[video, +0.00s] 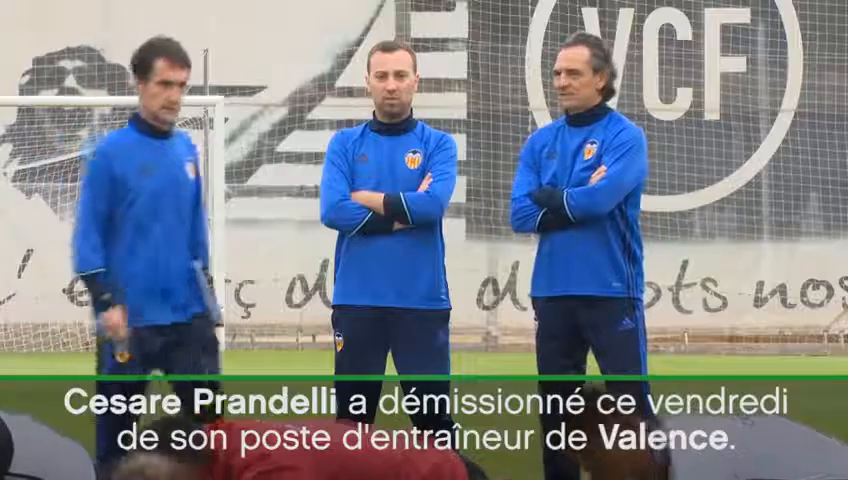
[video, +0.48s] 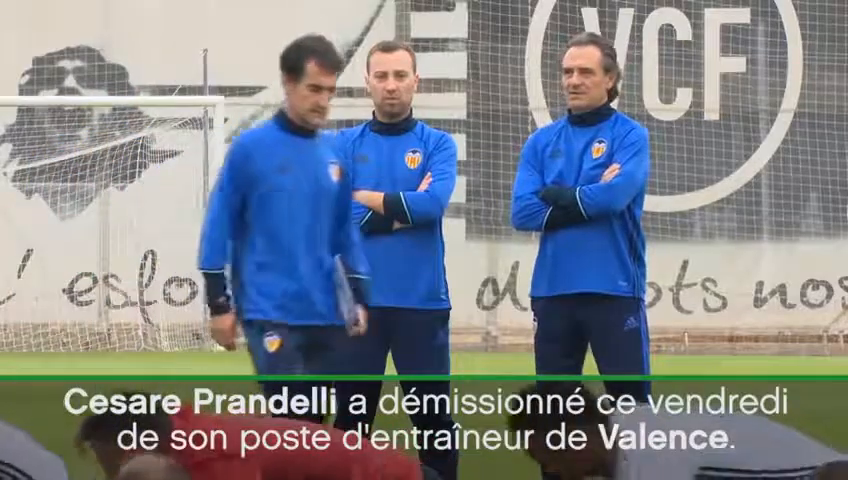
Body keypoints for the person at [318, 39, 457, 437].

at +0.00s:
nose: (391, 86)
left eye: (401, 76)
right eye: (381, 77)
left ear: (416, 82)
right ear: (368, 84)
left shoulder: (438, 143)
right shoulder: (344, 142)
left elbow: (434, 208)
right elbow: (333, 212)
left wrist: (365, 197)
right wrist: (406, 210)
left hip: (423, 303)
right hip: (357, 303)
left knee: (433, 422)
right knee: (352, 422)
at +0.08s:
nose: (391, 86)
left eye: (400, 76)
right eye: (381, 77)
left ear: (416, 82)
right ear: (368, 84)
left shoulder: (438, 143)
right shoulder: (344, 142)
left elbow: (433, 208)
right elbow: (332, 212)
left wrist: (363, 196)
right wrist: (402, 213)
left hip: (422, 303)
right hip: (357, 302)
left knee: (433, 420)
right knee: (352, 420)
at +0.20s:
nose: (391, 85)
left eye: (400, 76)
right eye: (381, 77)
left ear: (416, 83)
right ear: (368, 84)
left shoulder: (438, 143)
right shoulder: (344, 143)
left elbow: (433, 205)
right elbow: (332, 210)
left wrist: (363, 197)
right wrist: (403, 214)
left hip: (423, 302)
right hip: (357, 302)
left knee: (433, 419)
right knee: (352, 419)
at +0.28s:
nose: (391, 85)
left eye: (400, 76)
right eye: (381, 77)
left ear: (416, 83)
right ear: (368, 83)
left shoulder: (438, 143)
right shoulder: (345, 142)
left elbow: (433, 206)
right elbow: (332, 210)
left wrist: (363, 196)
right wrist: (402, 215)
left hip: (423, 303)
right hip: (357, 303)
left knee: (433, 417)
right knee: (351, 418)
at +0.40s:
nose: (391, 85)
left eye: (401, 76)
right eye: (381, 77)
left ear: (416, 82)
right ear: (368, 84)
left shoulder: (438, 143)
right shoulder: (344, 142)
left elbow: (432, 206)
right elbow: (338, 212)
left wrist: (363, 197)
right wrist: (406, 213)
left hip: (423, 302)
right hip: (360, 303)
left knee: (432, 415)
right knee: (351, 416)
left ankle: (443, 479)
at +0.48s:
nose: (391, 86)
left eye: (400, 76)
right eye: (381, 77)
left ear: (416, 82)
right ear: (368, 84)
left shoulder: (438, 144)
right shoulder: (341, 143)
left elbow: (432, 205)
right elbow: (335, 216)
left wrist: (356, 194)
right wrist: (406, 210)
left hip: (421, 304)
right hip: (357, 303)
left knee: (434, 419)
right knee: (350, 421)